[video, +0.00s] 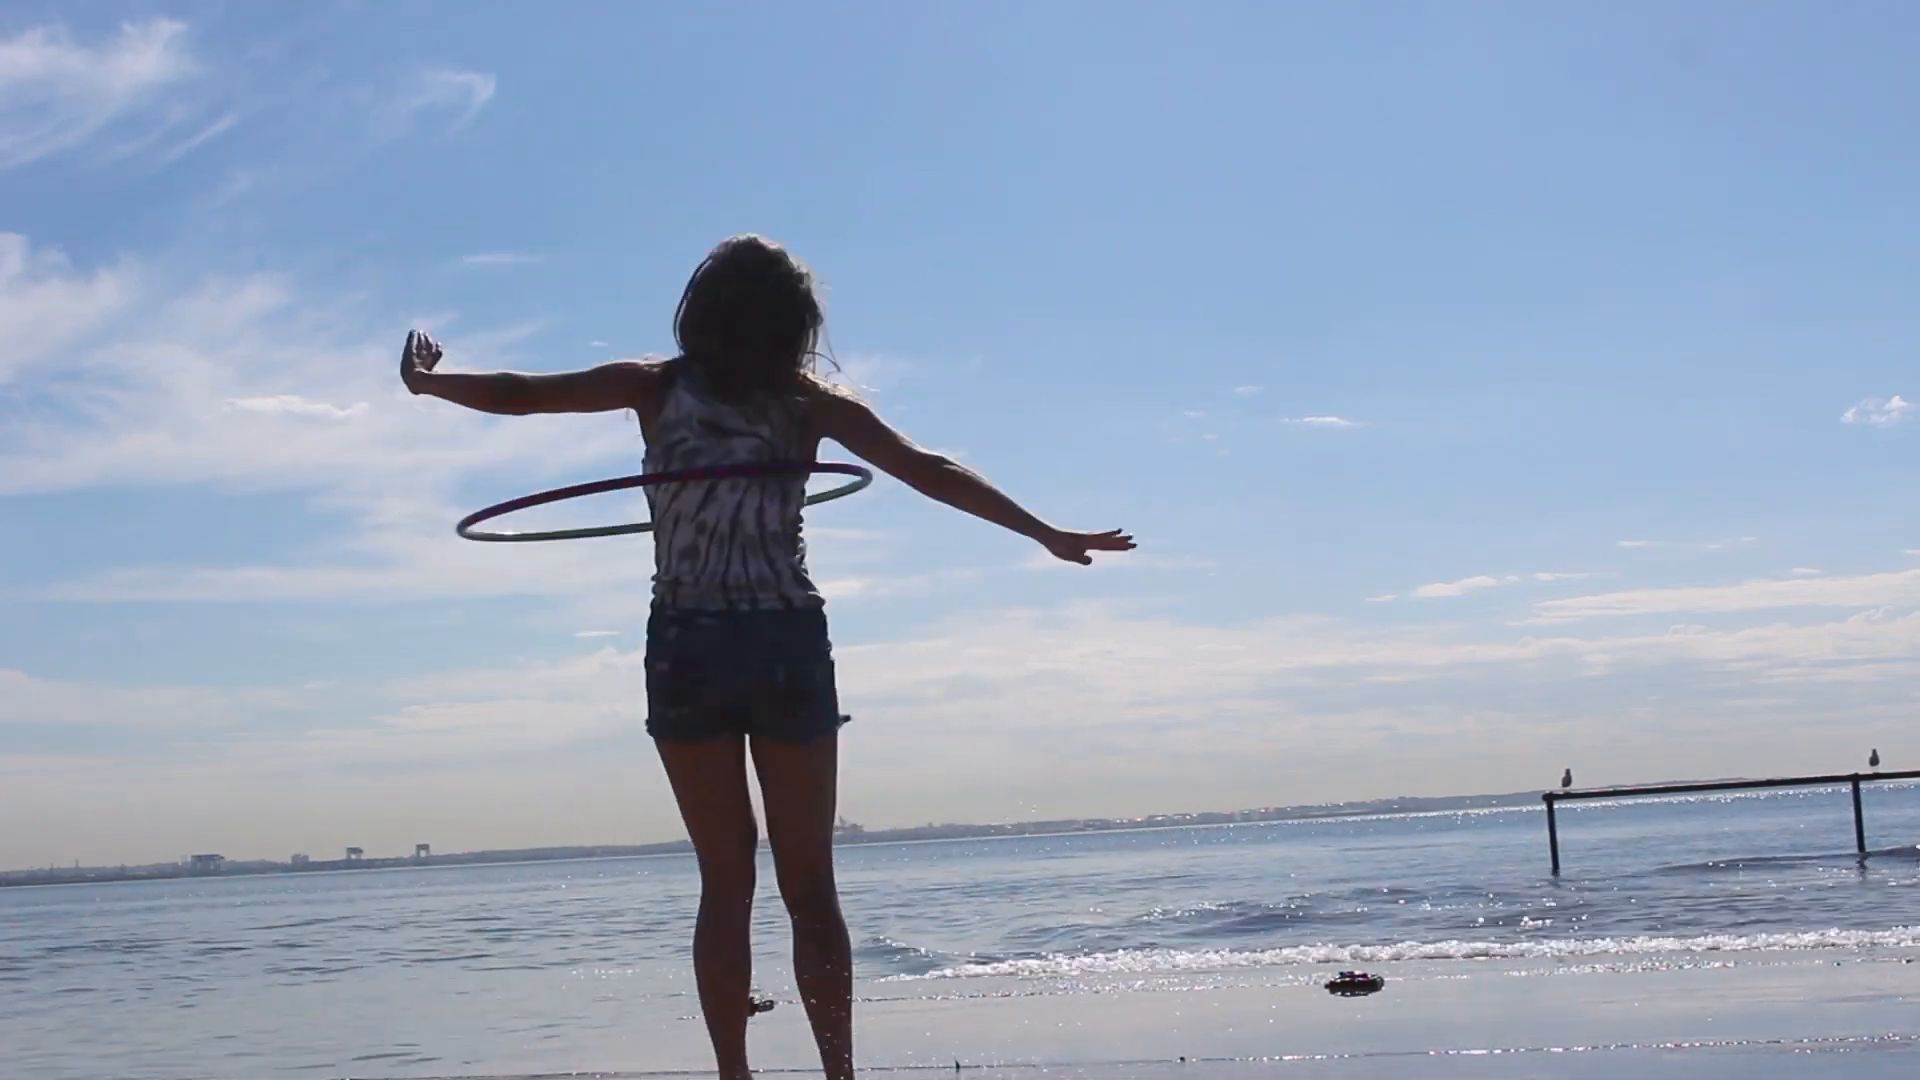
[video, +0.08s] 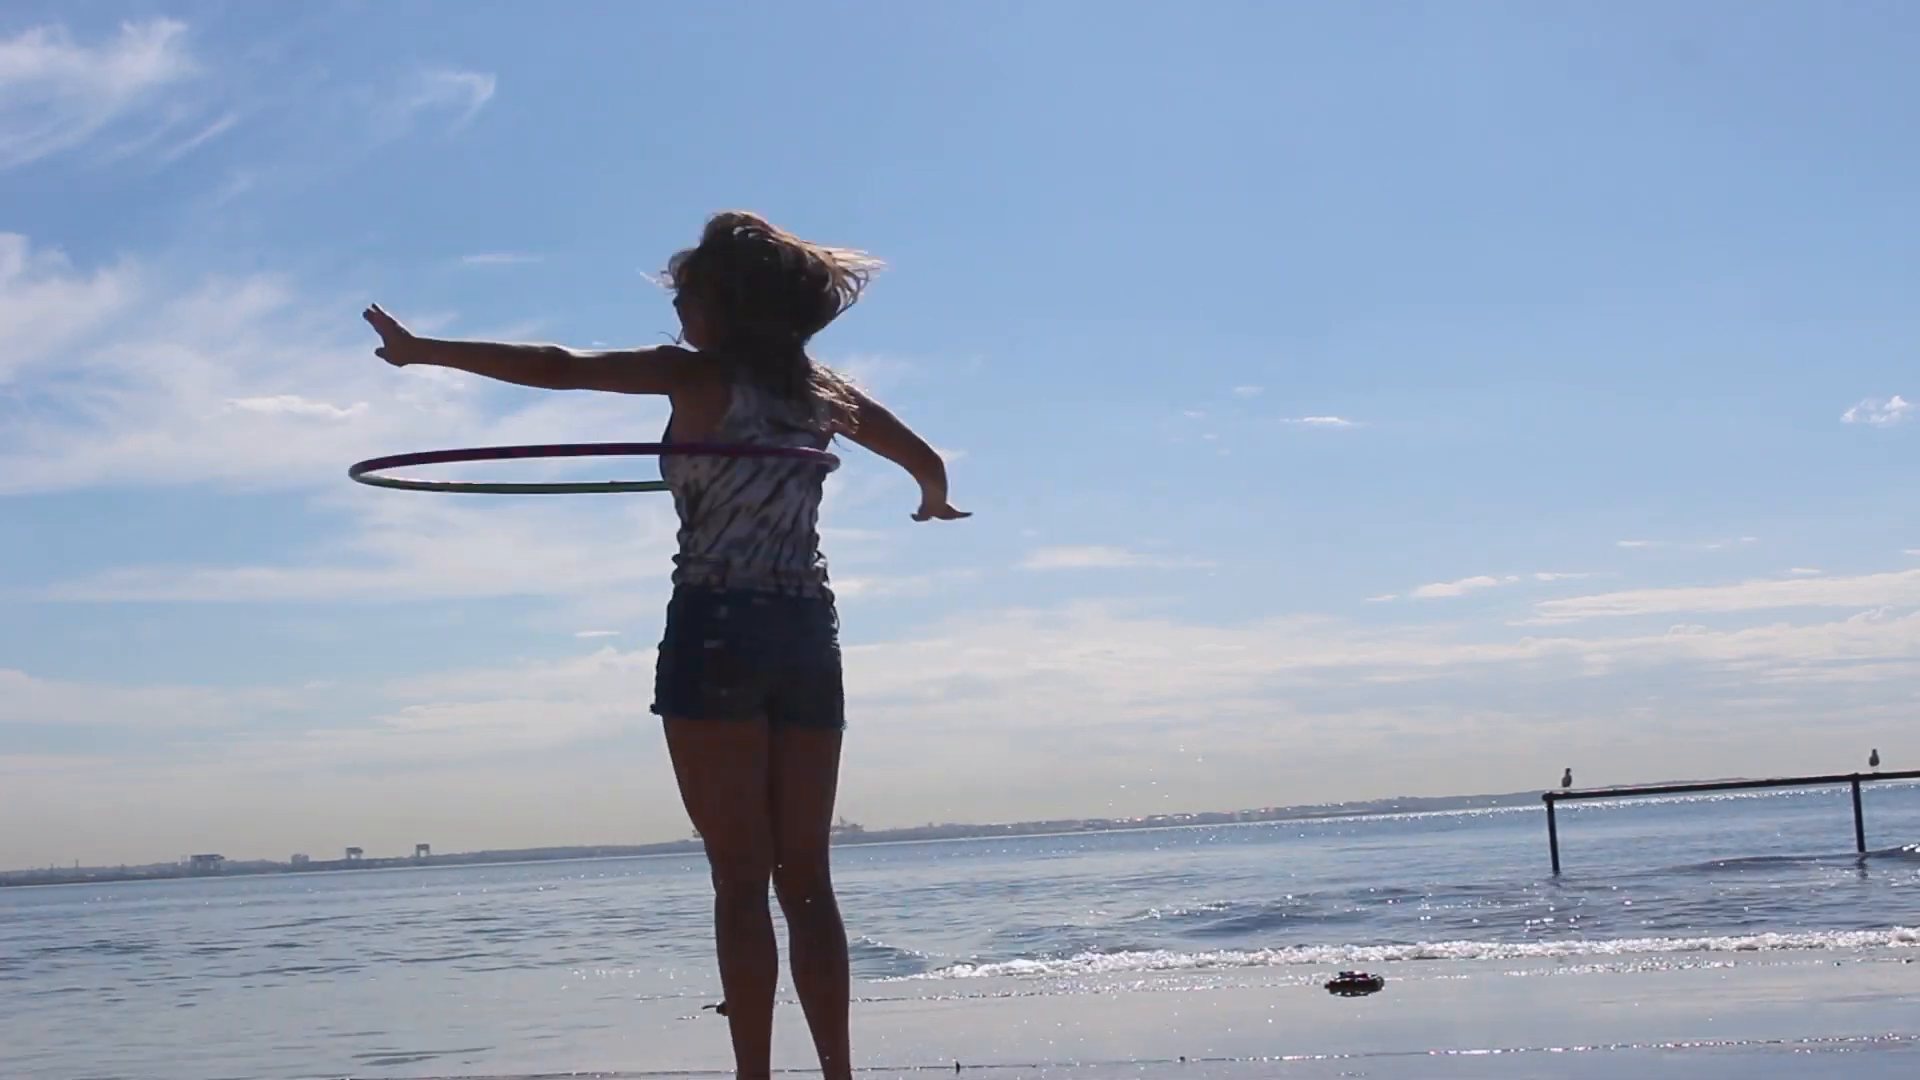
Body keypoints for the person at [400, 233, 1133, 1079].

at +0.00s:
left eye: (712, 296)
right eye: (794, 312)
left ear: (699, 314)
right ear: (792, 323)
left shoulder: (655, 388)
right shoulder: (811, 402)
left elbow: (523, 395)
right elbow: (927, 470)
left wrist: (428, 379)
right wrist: (1047, 532)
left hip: (684, 647)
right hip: (788, 644)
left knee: (725, 876)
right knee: (809, 881)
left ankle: (732, 1071)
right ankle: (840, 1068)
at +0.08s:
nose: (678, 309)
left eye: (688, 294)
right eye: (680, 294)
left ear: (728, 300)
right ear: (772, 304)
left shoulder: (696, 372)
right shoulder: (823, 389)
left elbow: (556, 367)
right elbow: (922, 455)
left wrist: (420, 351)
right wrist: (937, 497)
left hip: (715, 635)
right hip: (809, 637)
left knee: (739, 875)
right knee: (809, 877)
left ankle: (754, 1073)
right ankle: (841, 1071)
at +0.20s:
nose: (676, 301)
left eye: (693, 286)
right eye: (674, 287)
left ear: (741, 293)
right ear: (690, 298)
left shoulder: (745, 370)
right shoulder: (718, 378)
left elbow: (793, 386)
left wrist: (830, 372)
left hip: (772, 634)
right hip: (803, 632)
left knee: (742, 859)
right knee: (808, 867)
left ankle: (774, 1072)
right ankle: (855, 1069)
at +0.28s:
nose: (685, 292)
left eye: (705, 275)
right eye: (676, 278)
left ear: (750, 287)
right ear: (669, 295)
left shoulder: (786, 382)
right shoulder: (685, 385)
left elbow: (930, 405)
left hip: (804, 650)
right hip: (746, 662)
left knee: (765, 871)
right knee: (822, 880)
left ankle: (771, 1074)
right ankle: (902, 1066)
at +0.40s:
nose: (727, 292)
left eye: (742, 275)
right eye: (711, 280)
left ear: (778, 286)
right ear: (693, 297)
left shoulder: (830, 396)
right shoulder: (672, 390)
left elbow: (950, 420)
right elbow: (565, 363)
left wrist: (1044, 424)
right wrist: (487, 328)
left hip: (820, 658)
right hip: (717, 664)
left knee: (803, 885)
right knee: (743, 891)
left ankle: (781, 1075)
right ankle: (874, 1048)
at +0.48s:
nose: (748, 308)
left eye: (764, 289)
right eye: (730, 296)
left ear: (800, 301)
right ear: (711, 313)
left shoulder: (845, 403)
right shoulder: (691, 403)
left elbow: (938, 393)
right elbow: (532, 388)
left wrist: (1002, 373)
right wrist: (395, 364)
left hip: (814, 678)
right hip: (710, 675)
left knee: (835, 879)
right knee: (704, 910)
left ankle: (784, 1072)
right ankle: (752, 1046)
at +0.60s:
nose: (789, 331)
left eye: (796, 314)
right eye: (771, 316)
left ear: (803, 320)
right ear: (729, 325)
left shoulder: (809, 394)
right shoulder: (712, 397)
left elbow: (887, 343)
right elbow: (716, 437)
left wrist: (943, 239)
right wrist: (725, 381)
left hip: (804, 691)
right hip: (707, 685)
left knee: (851, 890)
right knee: (670, 916)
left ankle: (785, 1075)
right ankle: (606, 1062)